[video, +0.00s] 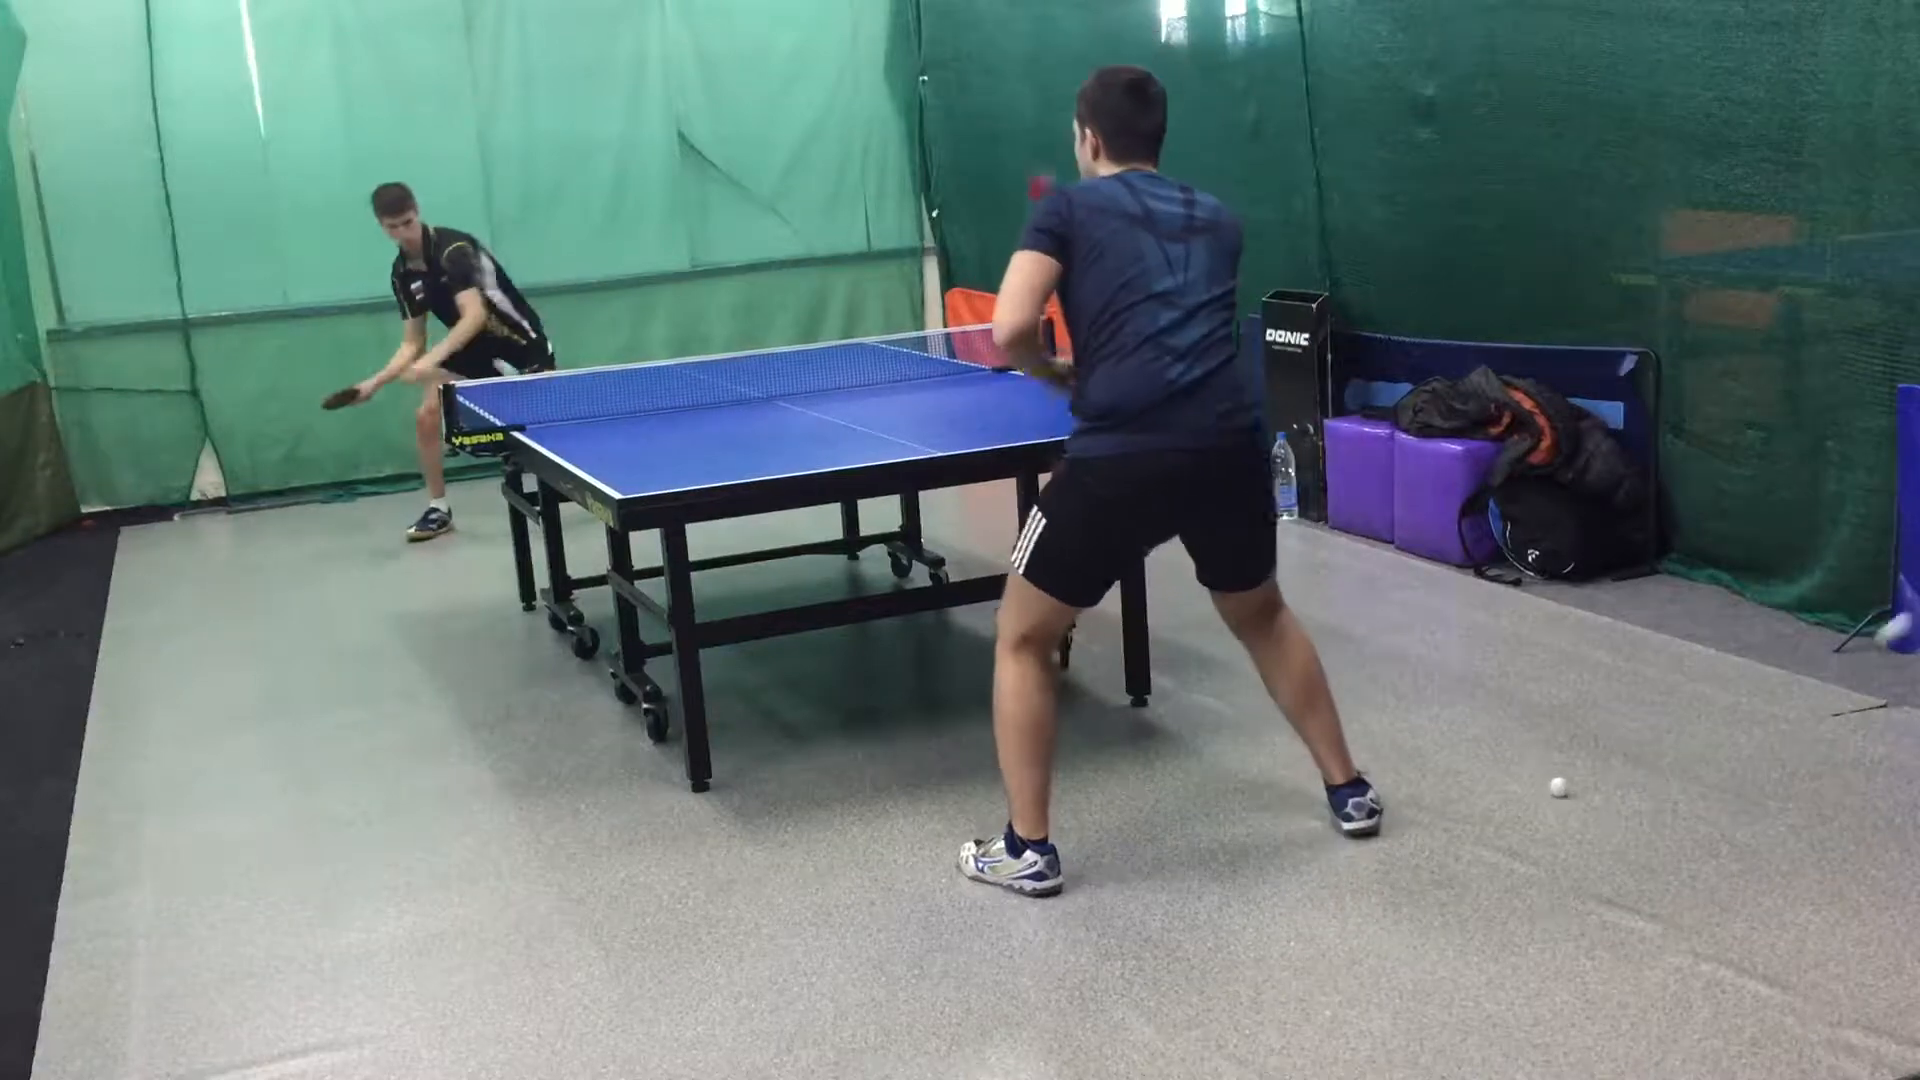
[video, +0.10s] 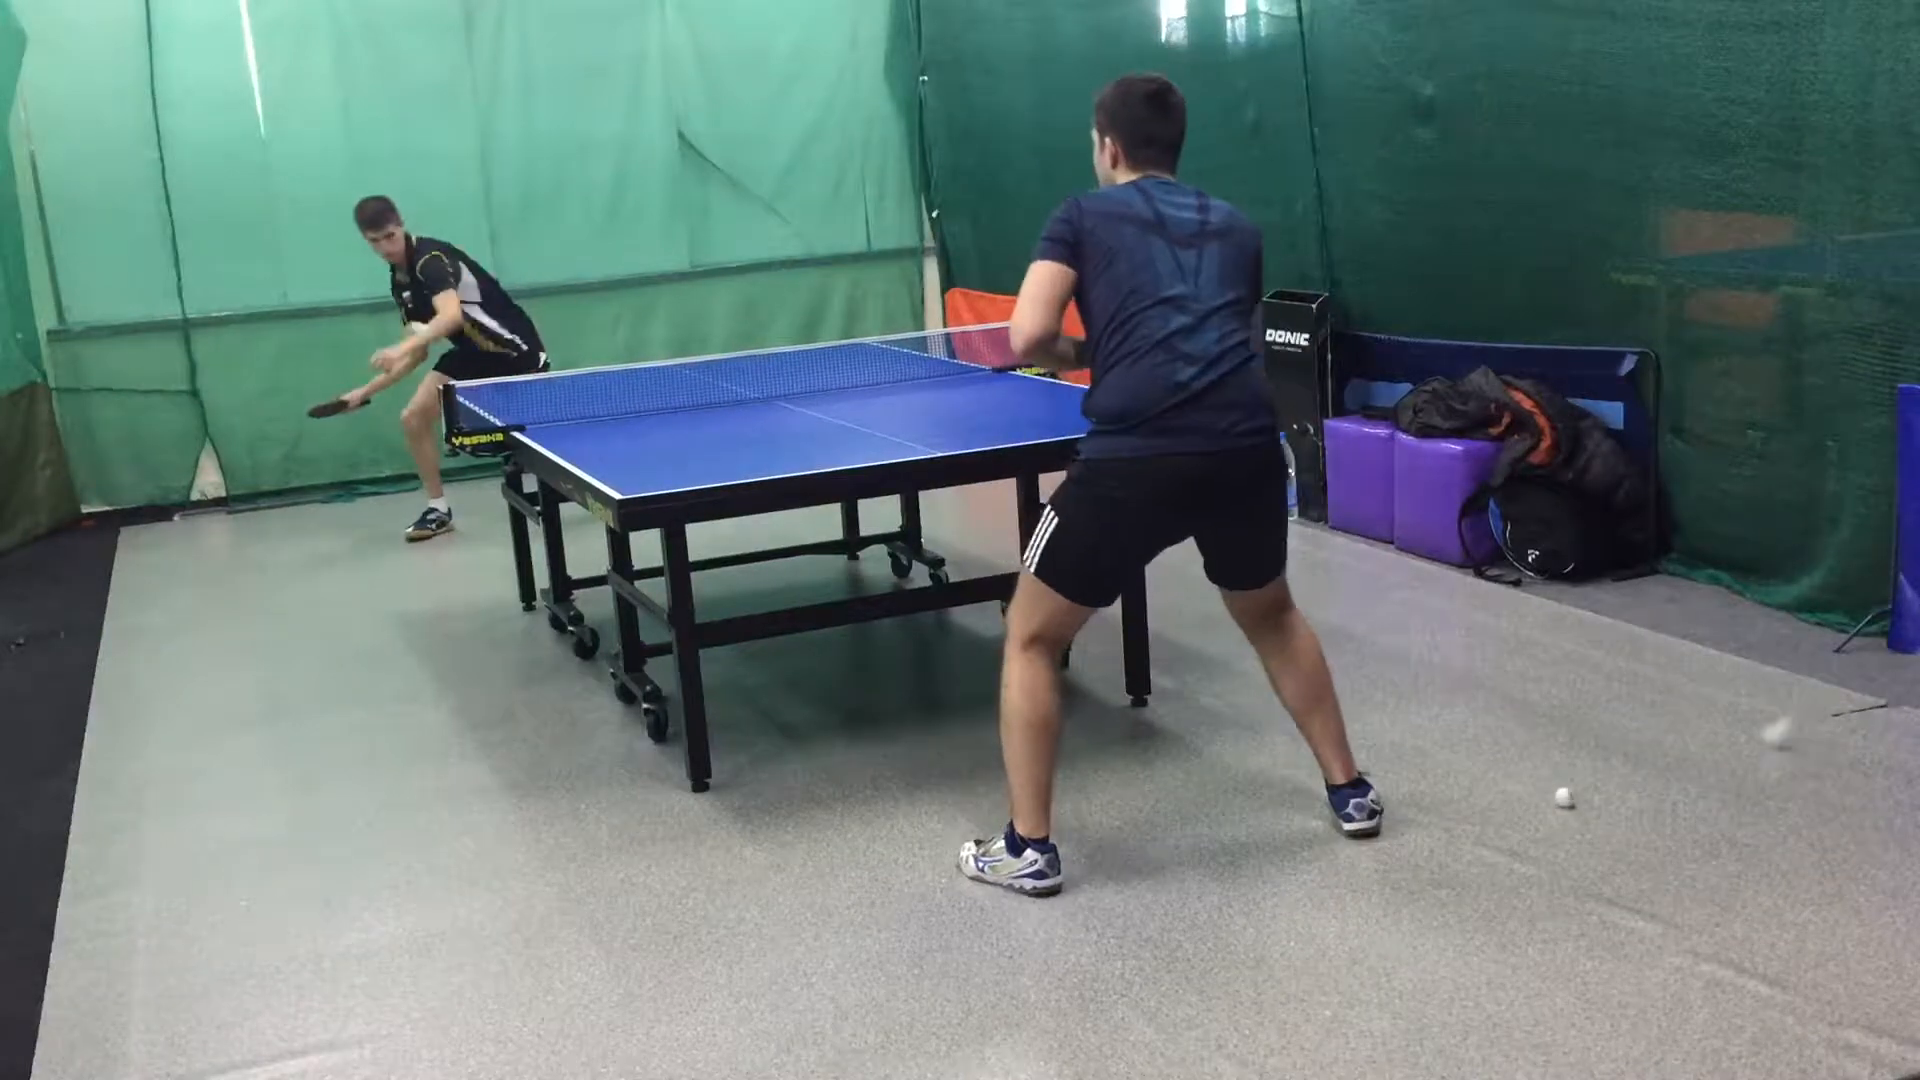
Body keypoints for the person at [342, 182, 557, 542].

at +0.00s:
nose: (402, 234)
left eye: (408, 223)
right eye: (393, 228)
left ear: (419, 213)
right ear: (382, 227)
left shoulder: (454, 250)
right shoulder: (403, 272)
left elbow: (475, 316)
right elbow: (412, 343)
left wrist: (430, 361)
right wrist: (374, 383)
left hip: (523, 345)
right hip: (474, 349)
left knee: (544, 422)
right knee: (427, 415)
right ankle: (438, 508)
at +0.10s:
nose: (385, 248)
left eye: (390, 237)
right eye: (375, 242)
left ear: (402, 226)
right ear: (367, 240)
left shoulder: (431, 259)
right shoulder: (400, 281)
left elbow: (452, 317)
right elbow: (416, 352)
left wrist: (404, 347)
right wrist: (365, 392)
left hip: (518, 354)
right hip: (471, 354)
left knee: (540, 431)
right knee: (414, 418)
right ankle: (438, 508)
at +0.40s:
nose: (396, 192)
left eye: (400, 182)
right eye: (388, 187)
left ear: (416, 177)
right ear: (382, 193)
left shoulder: (461, 208)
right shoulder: (390, 230)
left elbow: (527, 228)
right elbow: (410, 253)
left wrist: (547, 216)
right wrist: (443, 205)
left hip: (497, 335)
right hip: (444, 351)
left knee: (552, 395)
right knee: (426, 440)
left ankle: (552, 475)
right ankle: (428, 506)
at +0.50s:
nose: (423, 188)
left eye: (427, 178)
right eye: (412, 183)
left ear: (438, 175)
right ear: (402, 188)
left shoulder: (473, 213)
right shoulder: (409, 233)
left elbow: (539, 239)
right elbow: (441, 270)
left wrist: (565, 224)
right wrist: (467, 211)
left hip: (493, 341)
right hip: (443, 355)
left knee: (556, 391)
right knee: (432, 447)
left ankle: (518, 474)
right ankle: (406, 514)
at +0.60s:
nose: (438, 192)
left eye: (443, 183)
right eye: (428, 187)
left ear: (452, 181)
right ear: (414, 192)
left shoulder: (481, 221)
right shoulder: (415, 242)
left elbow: (543, 253)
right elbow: (429, 301)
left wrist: (577, 248)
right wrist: (460, 250)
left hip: (494, 343)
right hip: (445, 356)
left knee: (560, 393)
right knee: (430, 449)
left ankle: (529, 476)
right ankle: (404, 514)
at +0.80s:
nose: (419, 197)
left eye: (422, 187)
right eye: (408, 190)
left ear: (430, 182)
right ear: (393, 193)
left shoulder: (465, 221)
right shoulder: (392, 245)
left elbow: (512, 270)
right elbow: (392, 298)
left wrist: (526, 310)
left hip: (494, 323)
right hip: (443, 332)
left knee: (543, 396)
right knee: (411, 424)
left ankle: (528, 476)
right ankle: (417, 512)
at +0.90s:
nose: (398, 222)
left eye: (402, 212)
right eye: (387, 216)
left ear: (410, 204)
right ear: (374, 218)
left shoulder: (448, 245)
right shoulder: (383, 264)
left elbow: (478, 313)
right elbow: (387, 337)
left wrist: (450, 353)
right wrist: (357, 369)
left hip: (496, 336)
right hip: (447, 341)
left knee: (537, 414)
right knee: (404, 423)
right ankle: (417, 513)